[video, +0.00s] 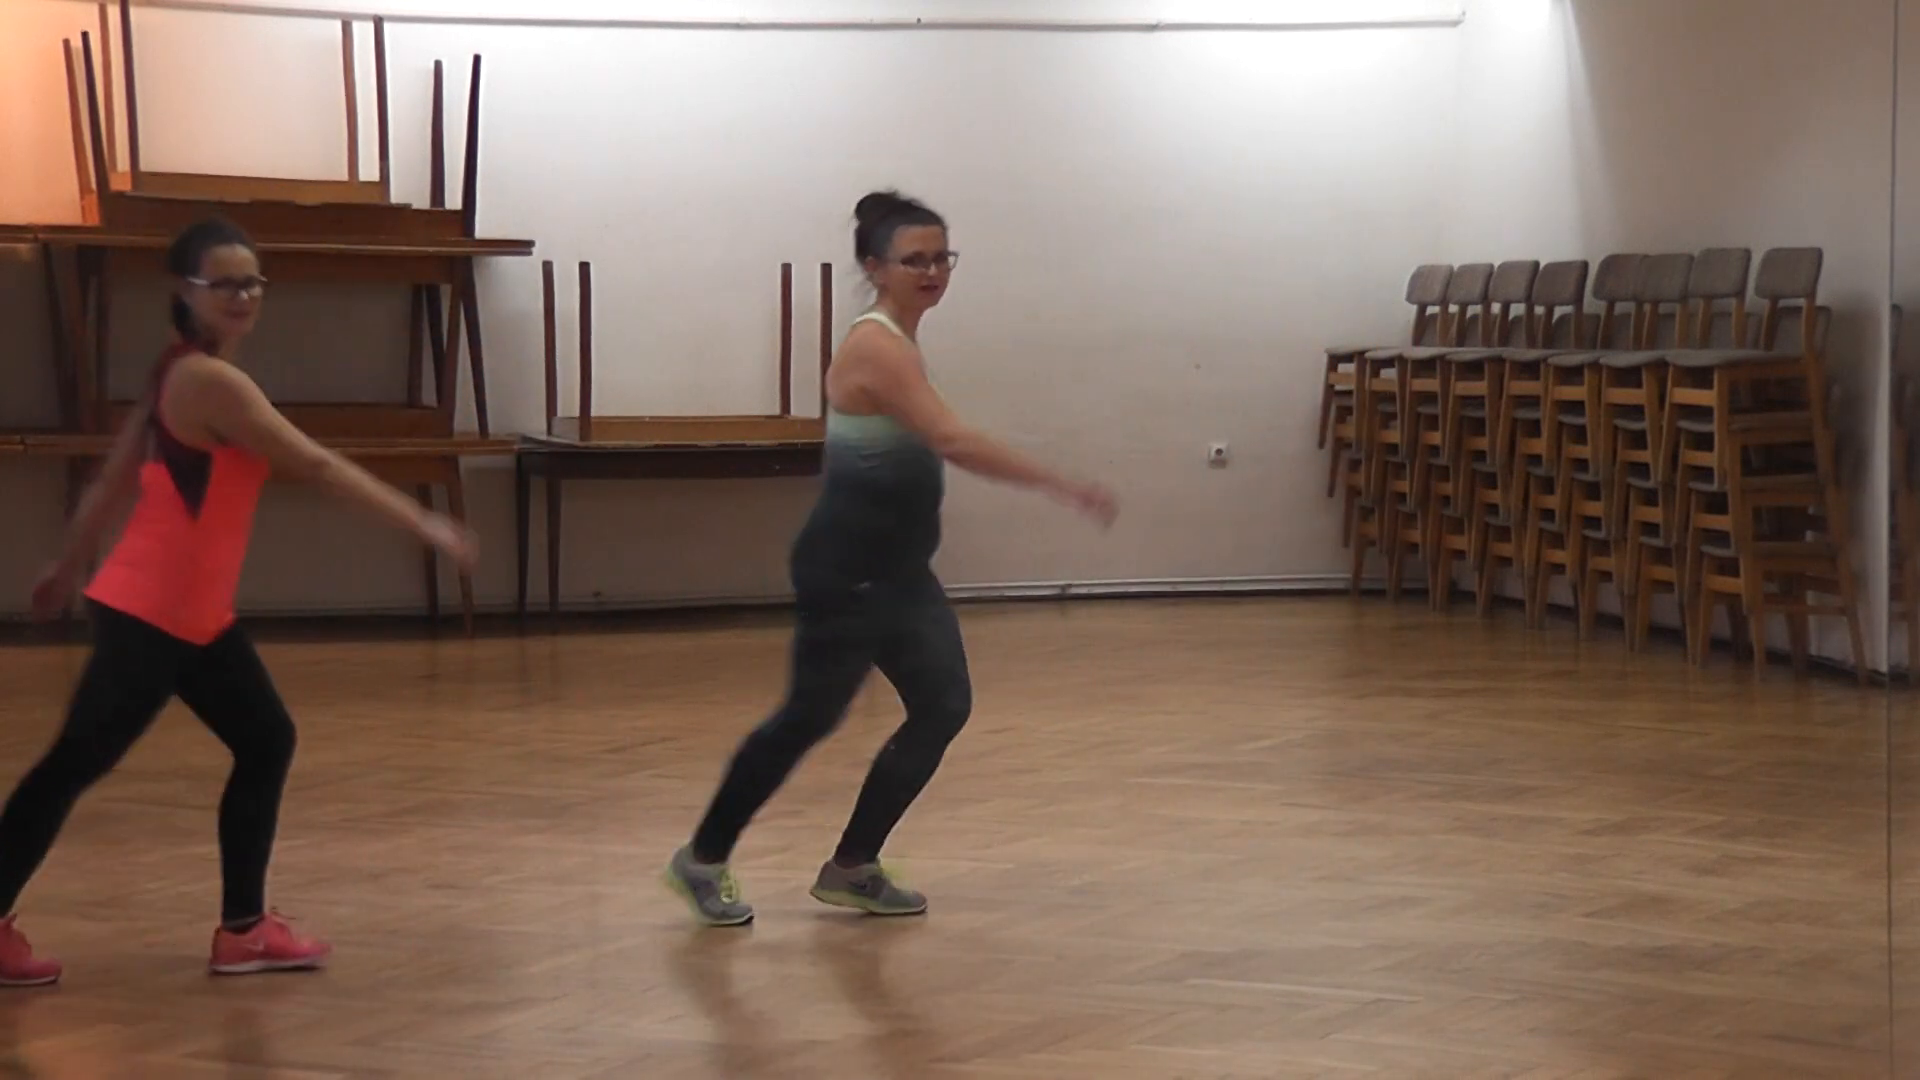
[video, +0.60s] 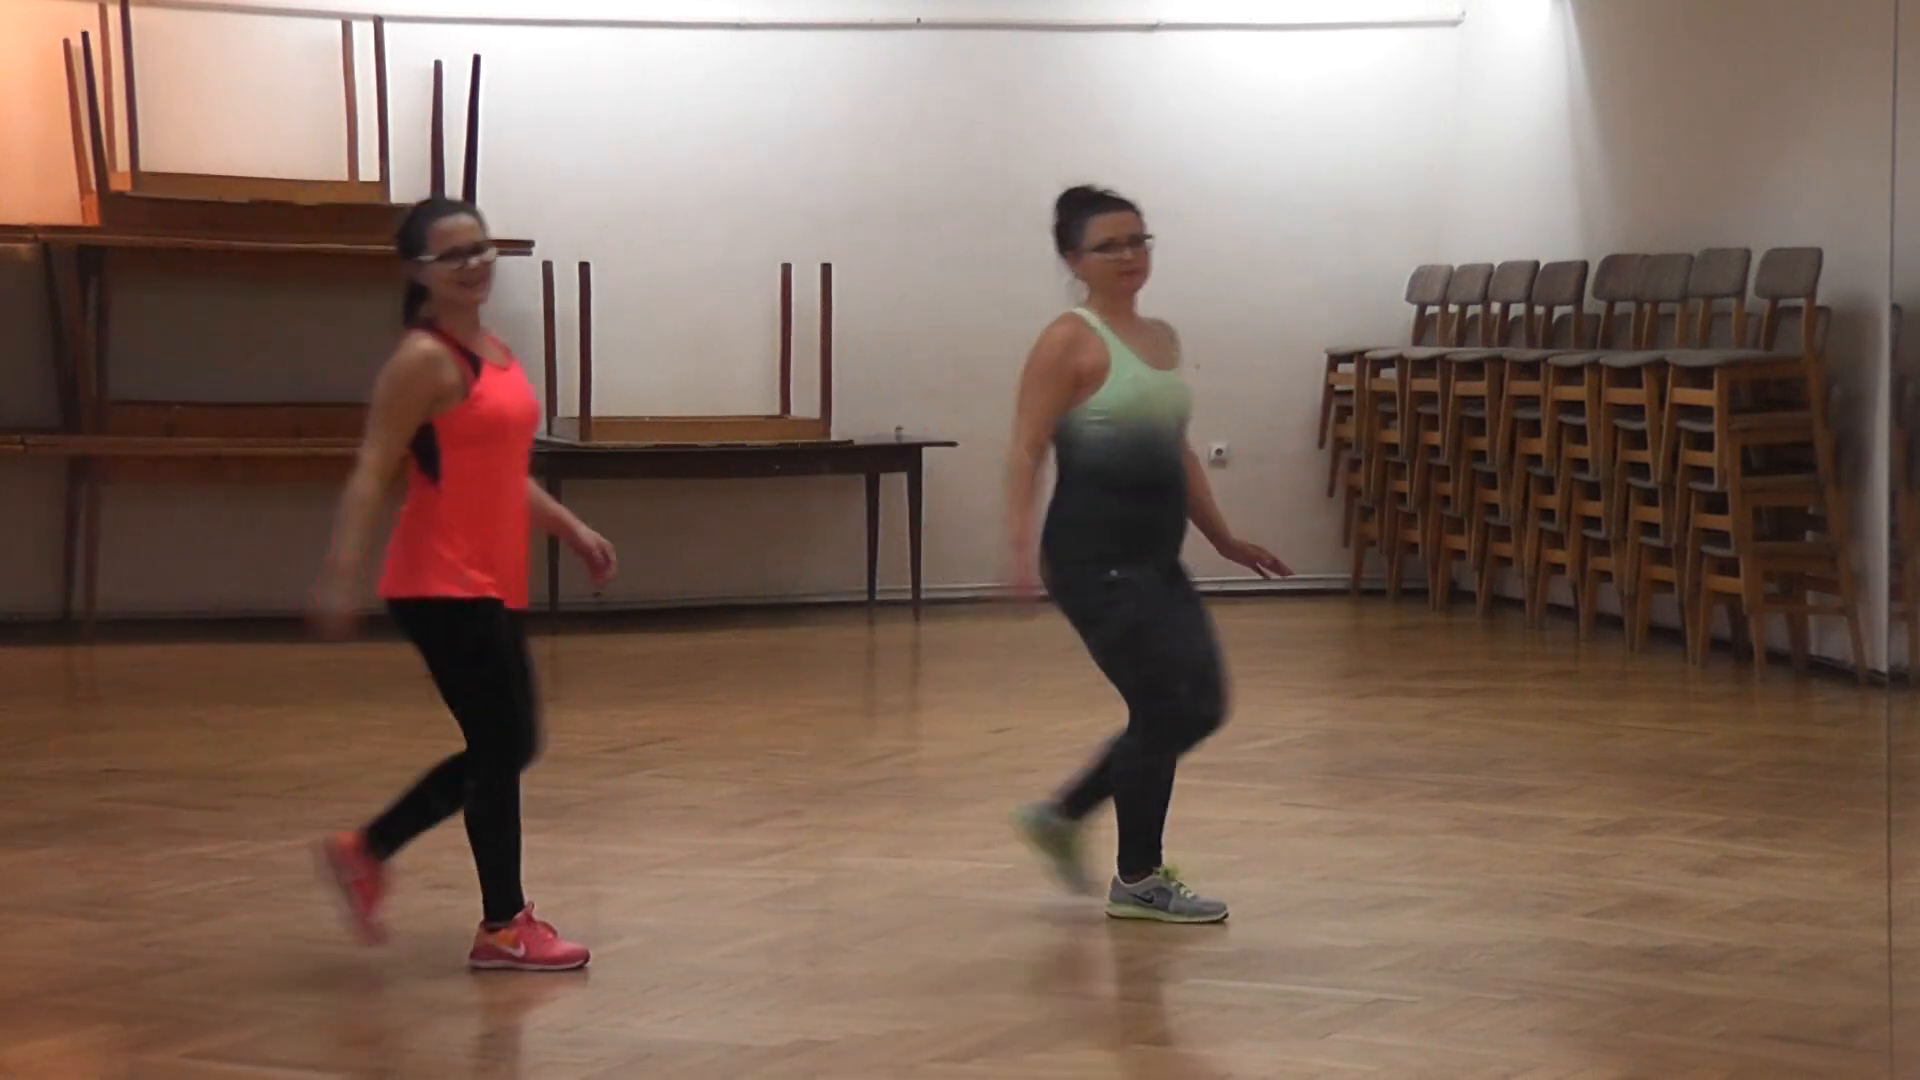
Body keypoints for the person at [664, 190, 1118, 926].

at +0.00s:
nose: (935, 271)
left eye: (942, 257)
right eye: (917, 259)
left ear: (946, 260)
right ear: (876, 266)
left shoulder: (895, 342)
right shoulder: (874, 344)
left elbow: (872, 460)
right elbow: (952, 441)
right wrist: (1062, 485)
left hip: (897, 571)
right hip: (844, 572)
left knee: (943, 706)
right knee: (811, 714)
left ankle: (851, 864)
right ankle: (701, 858)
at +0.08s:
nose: (955, 258)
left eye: (961, 244)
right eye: (937, 246)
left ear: (965, 247)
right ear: (896, 254)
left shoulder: (921, 327)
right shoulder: (895, 331)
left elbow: (908, 448)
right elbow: (923, 449)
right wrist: (981, 532)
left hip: (916, 546)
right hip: (879, 547)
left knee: (935, 702)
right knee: (903, 707)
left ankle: (850, 867)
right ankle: (761, 829)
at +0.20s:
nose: (992, 245)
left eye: (999, 231)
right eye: (974, 233)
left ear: (1006, 233)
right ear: (933, 240)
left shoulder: (968, 314)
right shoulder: (931, 322)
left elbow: (971, 432)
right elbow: (887, 435)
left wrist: (1018, 502)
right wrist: (858, 536)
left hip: (944, 546)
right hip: (932, 550)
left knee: (910, 700)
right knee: (1012, 674)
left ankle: (850, 865)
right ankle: (922, 837)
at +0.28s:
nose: (1018, 252)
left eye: (1025, 238)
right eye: (1000, 239)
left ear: (1031, 240)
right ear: (957, 245)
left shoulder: (1003, 322)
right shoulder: (945, 328)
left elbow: (1018, 433)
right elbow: (874, 421)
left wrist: (1092, 493)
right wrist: (814, 503)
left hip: (974, 546)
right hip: (955, 548)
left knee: (895, 706)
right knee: (1054, 669)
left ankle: (848, 864)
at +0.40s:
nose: (1055, 265)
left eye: (1063, 251)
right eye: (1037, 254)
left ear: (1070, 254)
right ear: (997, 265)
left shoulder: (1065, 343)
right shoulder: (983, 343)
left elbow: (1095, 443)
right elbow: (899, 422)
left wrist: (1185, 505)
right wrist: (812, 488)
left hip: (1036, 564)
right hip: (1005, 566)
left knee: (948, 711)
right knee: (1105, 692)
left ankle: (856, 857)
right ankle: (1138, 875)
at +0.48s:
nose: (1084, 261)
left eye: (1090, 247)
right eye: (1065, 252)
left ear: (1100, 251)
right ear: (1026, 265)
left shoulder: (1100, 340)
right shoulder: (1018, 344)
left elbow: (1127, 449)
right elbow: (943, 436)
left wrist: (1210, 518)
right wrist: (872, 507)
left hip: (1083, 561)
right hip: (1050, 564)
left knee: (1051, 717)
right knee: (1133, 695)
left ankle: (905, 834)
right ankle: (1136, 876)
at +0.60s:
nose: (1131, 256)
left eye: (1137, 242)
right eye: (1111, 247)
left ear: (1150, 247)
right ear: (1074, 262)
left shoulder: (1160, 340)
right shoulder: (1066, 342)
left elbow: (1175, 451)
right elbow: (1026, 452)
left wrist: (1223, 539)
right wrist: (1019, 550)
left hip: (1154, 557)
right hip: (1091, 561)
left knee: (1199, 703)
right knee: (1161, 707)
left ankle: (1060, 814)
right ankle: (1138, 879)